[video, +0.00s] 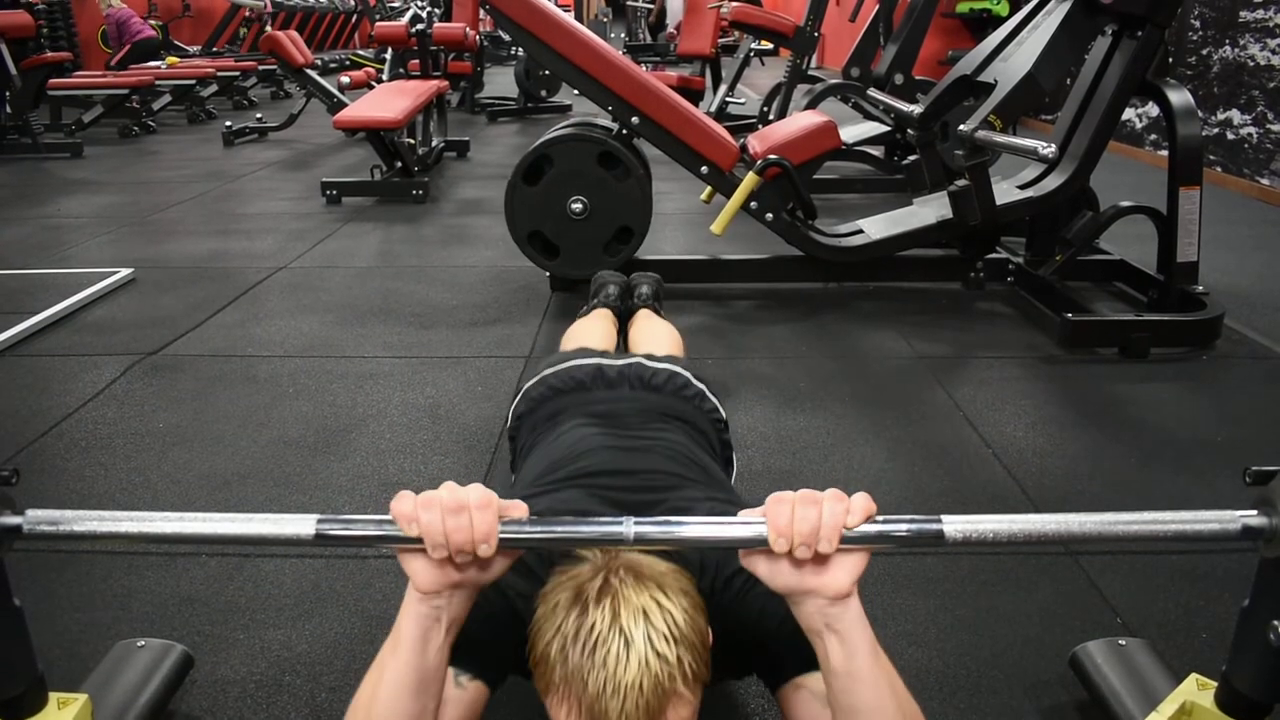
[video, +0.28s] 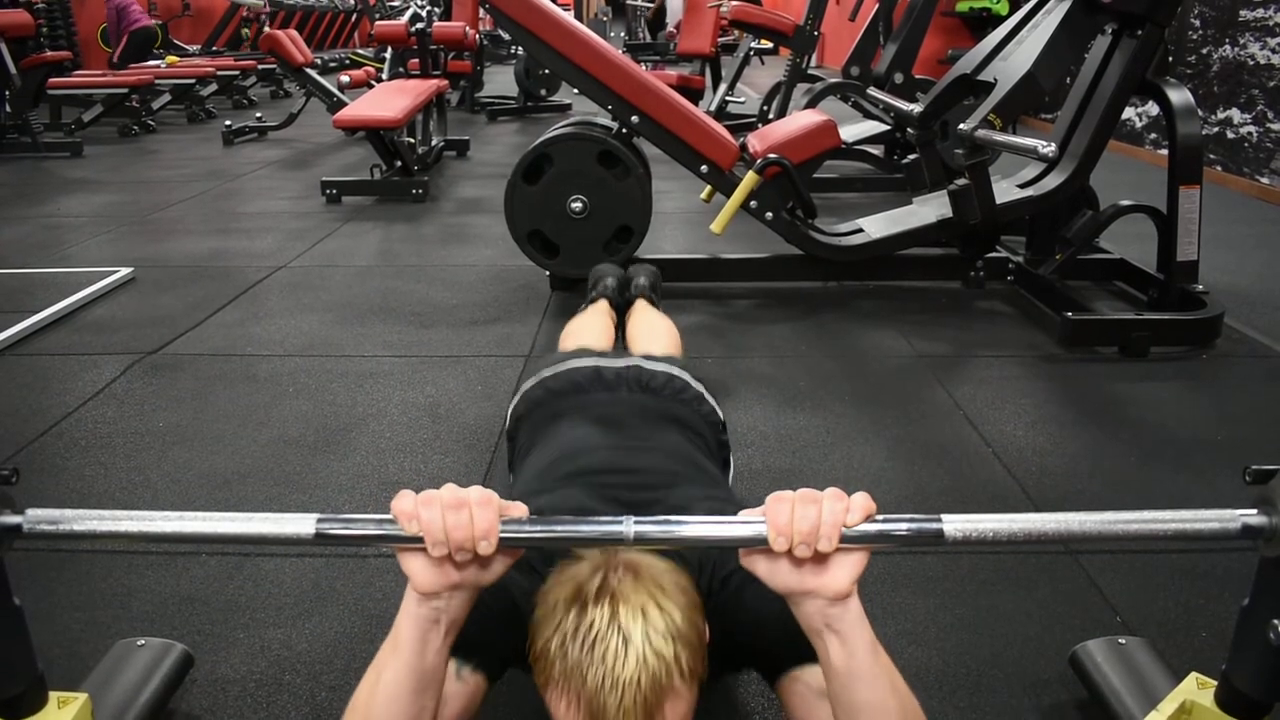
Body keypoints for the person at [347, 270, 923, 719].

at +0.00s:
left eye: (666, 718)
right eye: (589, 719)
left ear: (696, 673)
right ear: (550, 691)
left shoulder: (747, 599)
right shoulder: (502, 596)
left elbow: (844, 713)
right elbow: (419, 712)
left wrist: (835, 614)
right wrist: (431, 604)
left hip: (685, 405)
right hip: (557, 405)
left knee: (659, 343)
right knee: (584, 340)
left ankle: (639, 301)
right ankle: (604, 299)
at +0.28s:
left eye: (660, 718)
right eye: (590, 718)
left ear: (692, 669)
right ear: (551, 688)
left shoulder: (746, 595)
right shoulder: (502, 590)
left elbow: (853, 711)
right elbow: (411, 710)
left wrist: (835, 616)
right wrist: (429, 607)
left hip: (681, 406)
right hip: (552, 405)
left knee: (655, 341)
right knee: (583, 339)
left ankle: (635, 294)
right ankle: (602, 291)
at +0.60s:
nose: (626, 573)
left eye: (654, 538)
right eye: (600, 537)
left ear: (692, 473)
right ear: (560, 473)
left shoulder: (737, 420)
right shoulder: (509, 415)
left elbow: (853, 651)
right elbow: (396, 624)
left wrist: (821, 590)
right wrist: (434, 566)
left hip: (675, 259)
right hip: (553, 254)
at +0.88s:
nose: (648, 411)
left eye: (675, 385)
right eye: (623, 382)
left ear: (714, 327)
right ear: (585, 315)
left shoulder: (749, 279)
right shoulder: (540, 273)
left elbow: (827, 414)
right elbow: (454, 409)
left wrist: (827, 481)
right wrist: (446, 480)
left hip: (669, 174)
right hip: (556, 168)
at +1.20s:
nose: (630, 292)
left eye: (657, 258)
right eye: (604, 258)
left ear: (691, 209)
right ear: (565, 214)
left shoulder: (736, 188)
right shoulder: (532, 182)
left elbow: (793, 312)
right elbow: (462, 314)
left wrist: (817, 456)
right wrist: (448, 456)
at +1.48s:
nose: (611, 213)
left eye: (638, 180)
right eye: (583, 184)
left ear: (676, 139)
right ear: (547, 151)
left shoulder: (726, 144)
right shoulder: (512, 144)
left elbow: (773, 266)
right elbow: (466, 271)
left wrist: (820, 435)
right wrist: (448, 434)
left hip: (657, 266)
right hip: (571, 264)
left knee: (647, 286)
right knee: (591, 282)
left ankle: (641, 296)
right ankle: (599, 292)